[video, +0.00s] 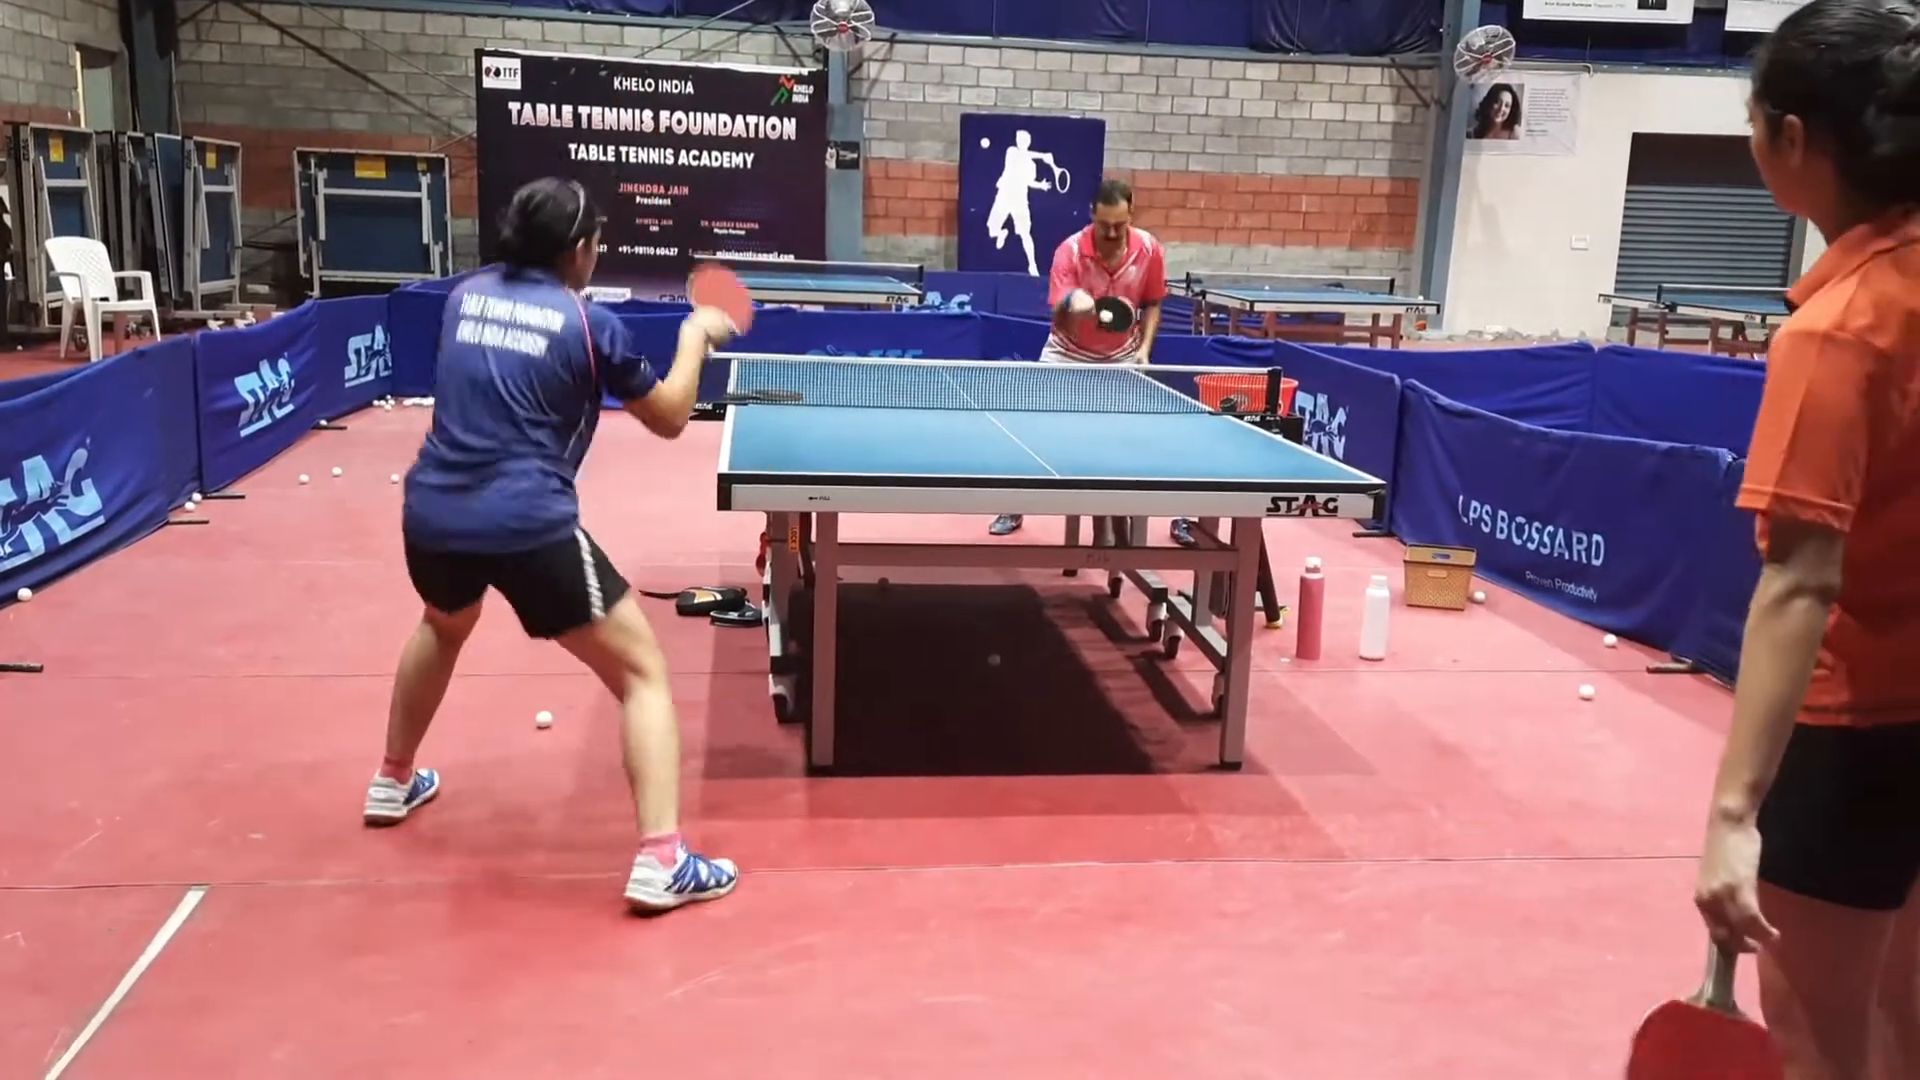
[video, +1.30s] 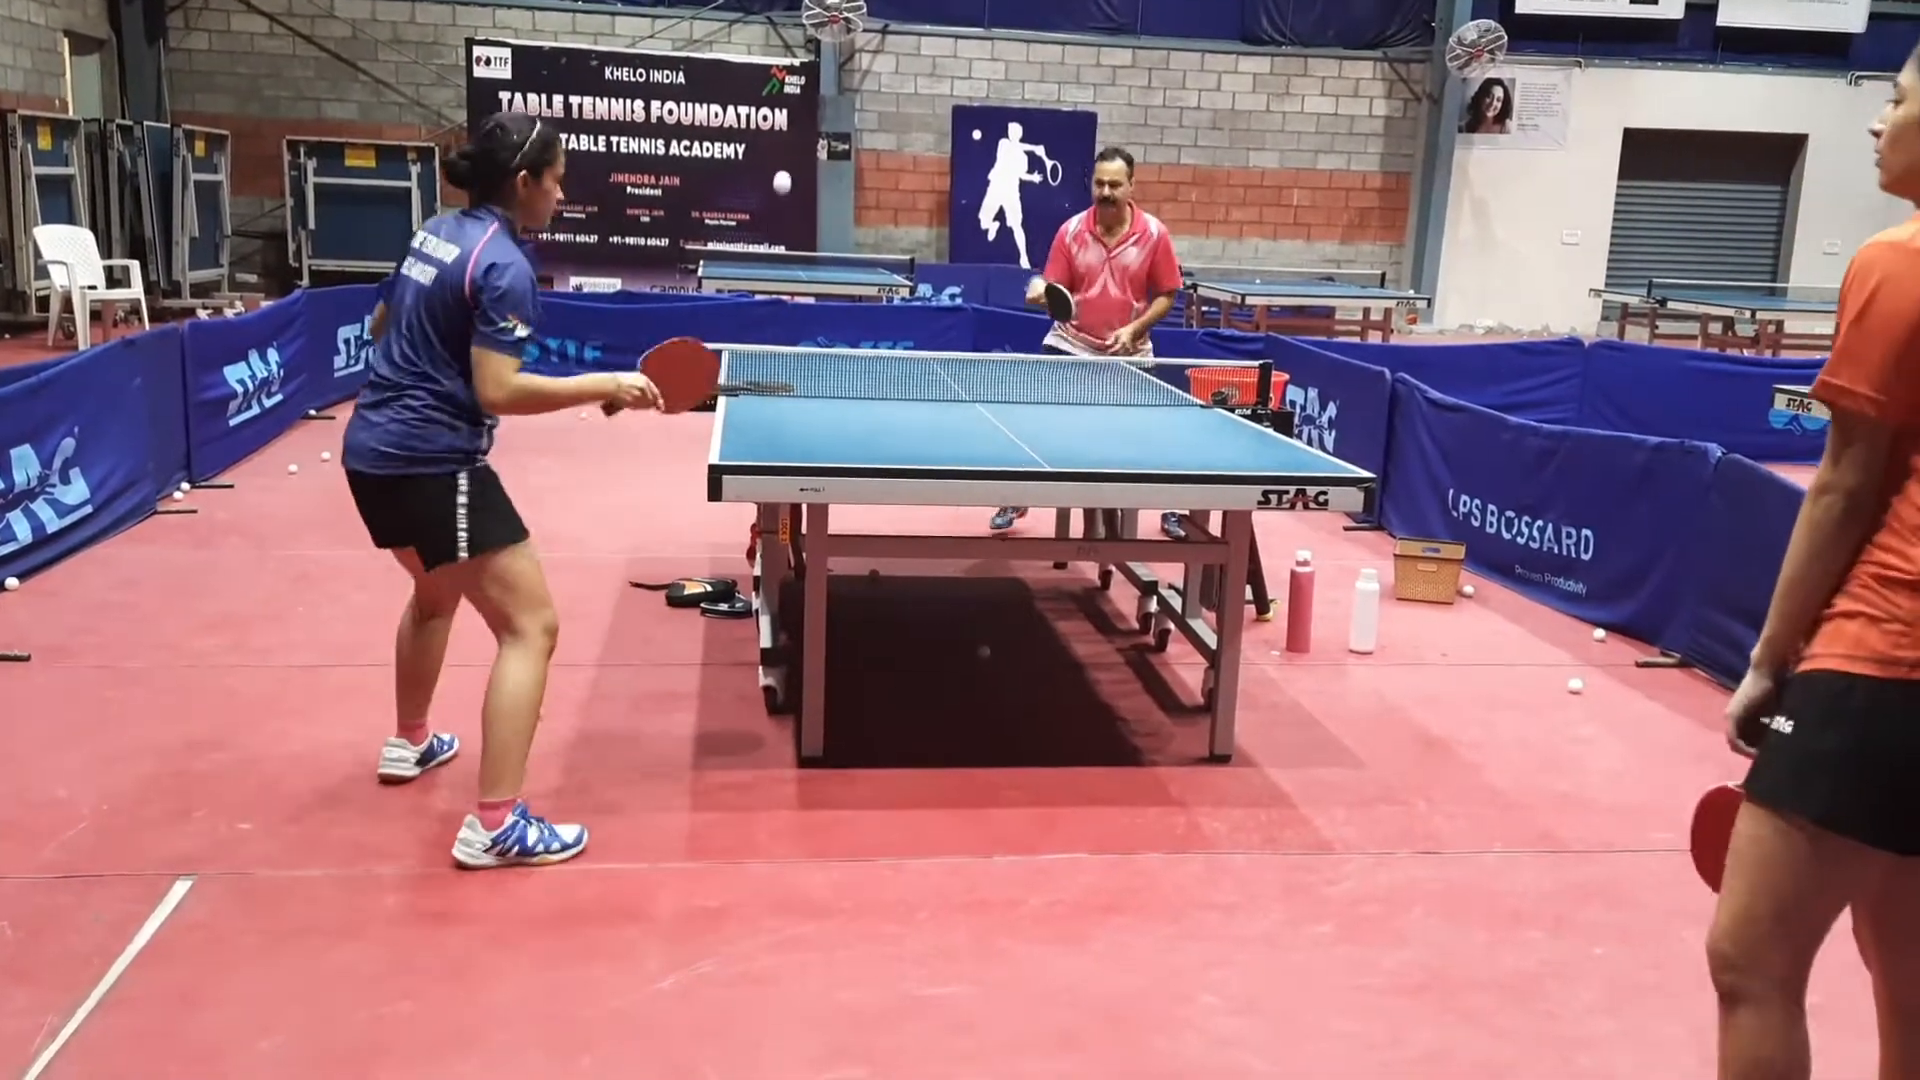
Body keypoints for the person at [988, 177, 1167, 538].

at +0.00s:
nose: (1112, 231)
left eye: (1119, 224)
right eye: (1104, 223)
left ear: (1131, 216)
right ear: (1092, 215)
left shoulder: (1149, 250)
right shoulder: (1070, 251)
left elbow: (1153, 304)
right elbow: (1061, 310)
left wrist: (1144, 349)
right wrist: (1080, 302)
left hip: (1123, 355)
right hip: (1065, 352)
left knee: (1150, 426)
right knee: (1033, 419)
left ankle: (1182, 514)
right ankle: (1013, 505)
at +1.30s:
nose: (1106, 192)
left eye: (1115, 184)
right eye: (1100, 183)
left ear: (1131, 187)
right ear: (1092, 184)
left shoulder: (1153, 233)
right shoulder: (1071, 231)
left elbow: (1166, 296)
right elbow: (1055, 289)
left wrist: (1133, 329)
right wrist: (1042, 294)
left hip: (1129, 351)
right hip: (1069, 344)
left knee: (1159, 423)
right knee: (1032, 413)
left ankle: (1174, 508)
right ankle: (1016, 498)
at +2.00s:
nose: (1110, 205)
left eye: (1117, 197)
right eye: (1102, 197)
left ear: (1125, 193)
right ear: (1083, 190)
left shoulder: (1138, 231)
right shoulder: (1052, 231)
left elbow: (1167, 281)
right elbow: (1029, 283)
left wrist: (1181, 313)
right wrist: (1027, 305)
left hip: (1117, 348)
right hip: (1054, 346)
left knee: (1134, 429)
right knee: (1024, 419)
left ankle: (1152, 522)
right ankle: (999, 509)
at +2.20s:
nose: (1142, 220)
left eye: (1151, 213)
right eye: (1135, 210)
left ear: (1163, 210)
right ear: (1122, 202)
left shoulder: (1173, 248)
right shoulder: (1093, 234)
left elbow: (1197, 305)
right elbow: (1067, 283)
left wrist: (1216, 351)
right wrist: (1057, 304)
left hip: (1146, 351)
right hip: (1090, 347)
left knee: (1152, 437)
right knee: (1051, 423)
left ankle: (1154, 529)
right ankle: (1015, 511)